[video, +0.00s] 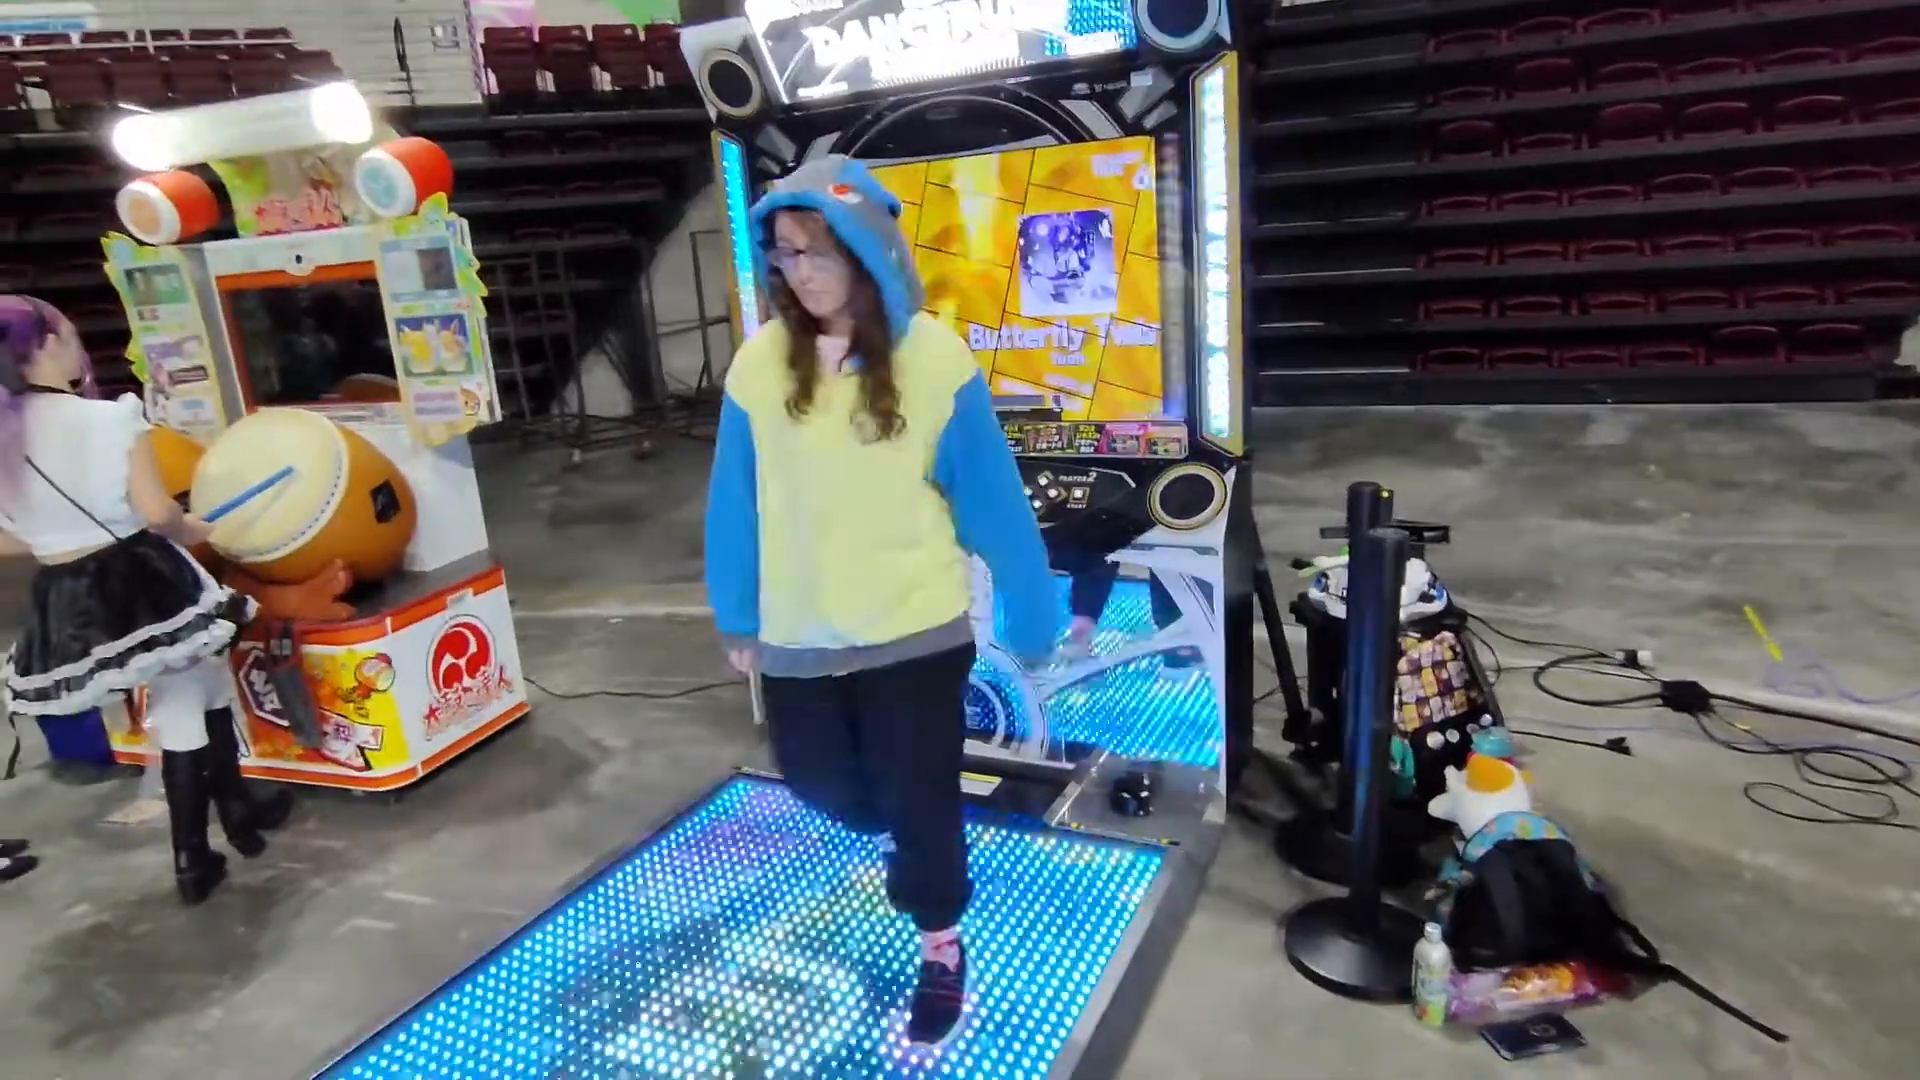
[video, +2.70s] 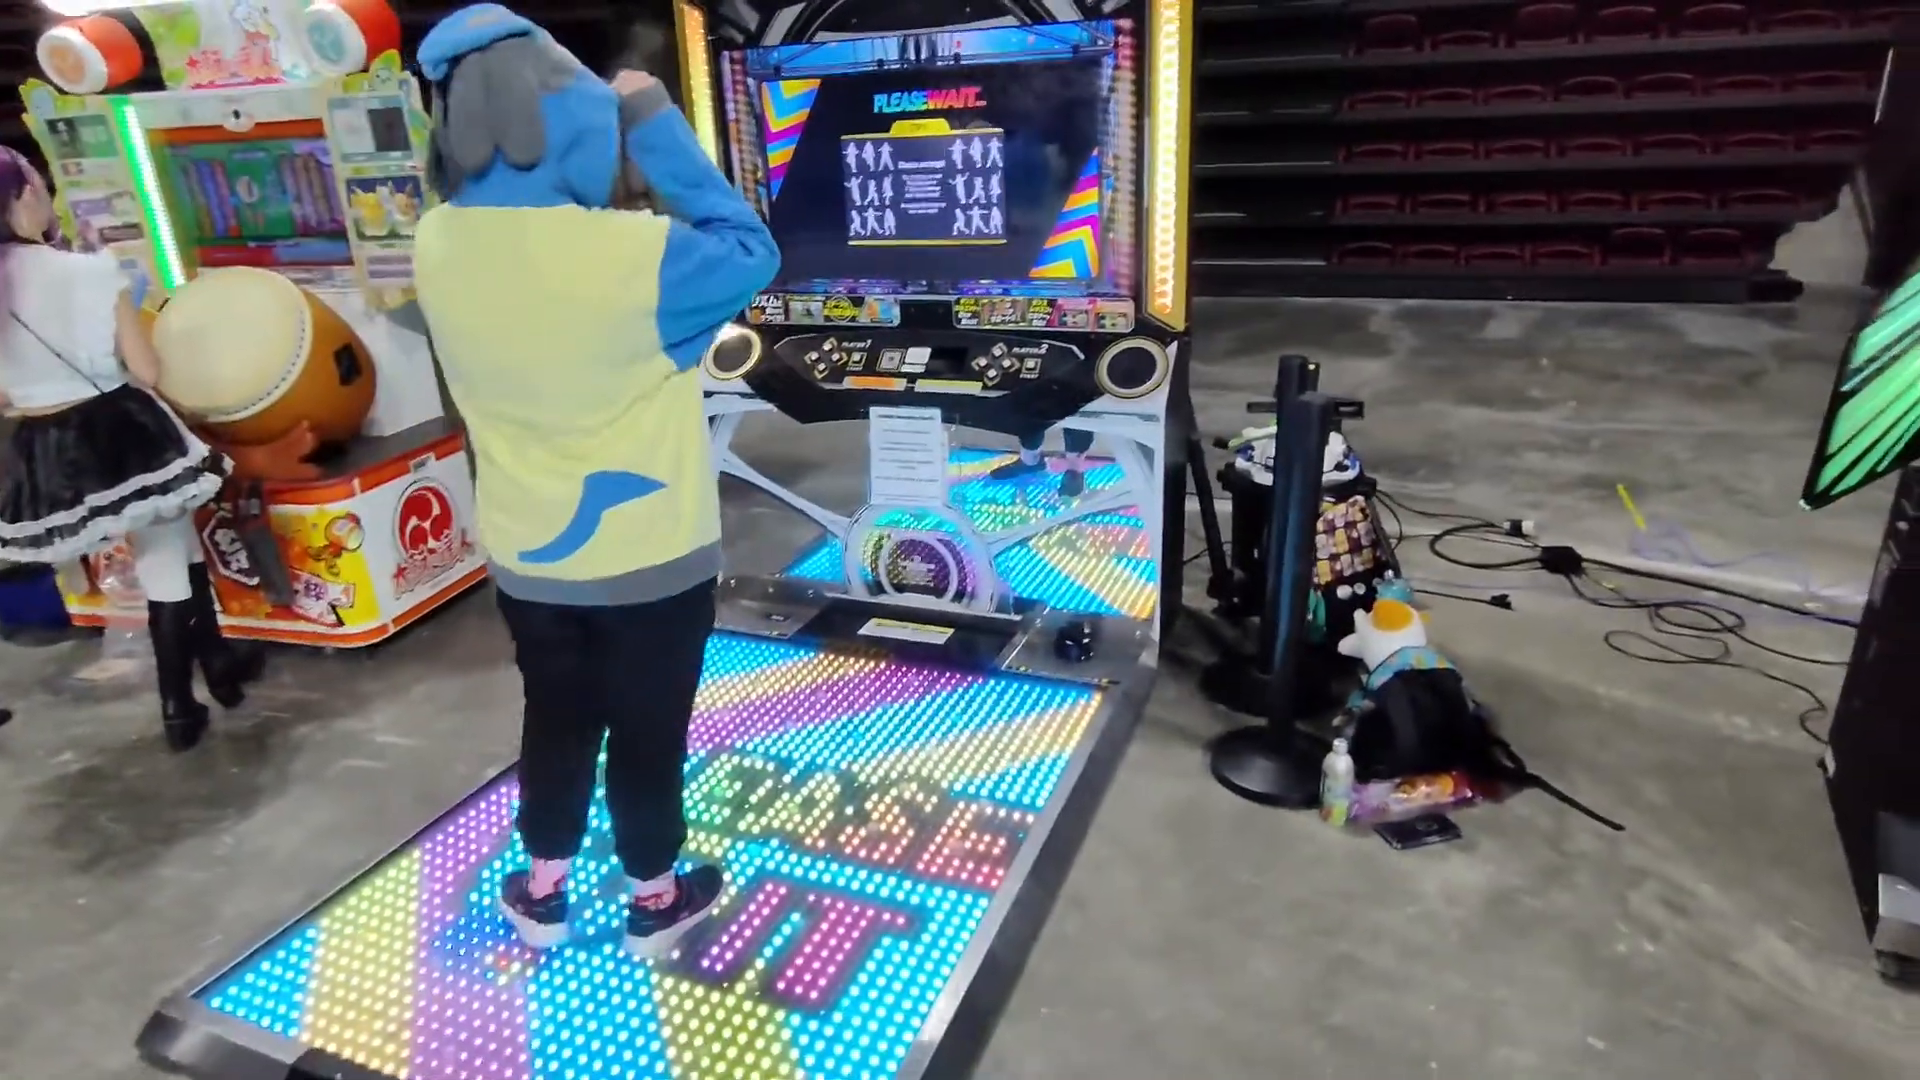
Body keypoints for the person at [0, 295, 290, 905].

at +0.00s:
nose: (79, 347)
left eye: (73, 335)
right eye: (70, 336)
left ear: (18, 356)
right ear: (45, 347)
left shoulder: (8, 434)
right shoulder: (111, 420)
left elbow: (11, 537)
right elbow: (157, 514)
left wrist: (58, 544)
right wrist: (192, 529)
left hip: (69, 598)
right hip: (142, 585)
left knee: (208, 670)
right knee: (178, 705)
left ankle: (239, 807)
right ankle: (191, 857)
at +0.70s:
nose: (67, 340)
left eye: (60, 328)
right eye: (56, 329)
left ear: (13, 347)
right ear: (28, 342)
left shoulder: (7, 417)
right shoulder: (103, 409)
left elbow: (13, 535)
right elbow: (157, 498)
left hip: (45, 589)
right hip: (121, 578)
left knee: (173, 674)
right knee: (164, 700)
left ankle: (218, 807)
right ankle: (165, 855)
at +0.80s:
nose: (54, 334)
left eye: (47, 323)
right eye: (46, 323)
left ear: (4, 340)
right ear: (22, 333)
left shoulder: (7, 412)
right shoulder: (92, 408)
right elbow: (147, 500)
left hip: (34, 595)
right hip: (112, 585)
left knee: (166, 670)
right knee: (151, 695)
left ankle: (205, 809)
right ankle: (154, 858)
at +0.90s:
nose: (33, 323)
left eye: (26, 310)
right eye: (25, 311)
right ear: (8, 319)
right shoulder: (74, 395)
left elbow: (129, 488)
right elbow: (133, 490)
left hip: (15, 593)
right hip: (89, 583)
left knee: (147, 651)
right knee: (138, 683)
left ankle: (187, 798)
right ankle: (137, 850)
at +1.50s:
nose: (30, 261)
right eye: (24, 251)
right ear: (16, 257)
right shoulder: (48, 323)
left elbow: (92, 419)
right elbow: (94, 421)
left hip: (11, 505)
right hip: (70, 493)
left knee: (125, 593)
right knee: (108, 623)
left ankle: (165, 726)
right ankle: (118, 774)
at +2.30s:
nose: (60, 200)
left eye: (55, 189)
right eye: (52, 190)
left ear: (8, 206)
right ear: (29, 199)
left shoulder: (5, 282)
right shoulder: (102, 271)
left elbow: (9, 393)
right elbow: (151, 369)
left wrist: (51, 393)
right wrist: (140, 313)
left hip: (56, 443)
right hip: (128, 432)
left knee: (179, 535)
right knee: (168, 560)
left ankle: (225, 658)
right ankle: (183, 706)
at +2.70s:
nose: (49, 204)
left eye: (43, 192)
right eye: (42, 193)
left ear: (6, 202)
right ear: (21, 198)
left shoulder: (5, 278)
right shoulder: (87, 272)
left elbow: (11, 389)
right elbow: (144, 369)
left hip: (37, 445)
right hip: (112, 433)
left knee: (169, 536)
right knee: (163, 553)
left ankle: (218, 661)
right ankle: (178, 708)